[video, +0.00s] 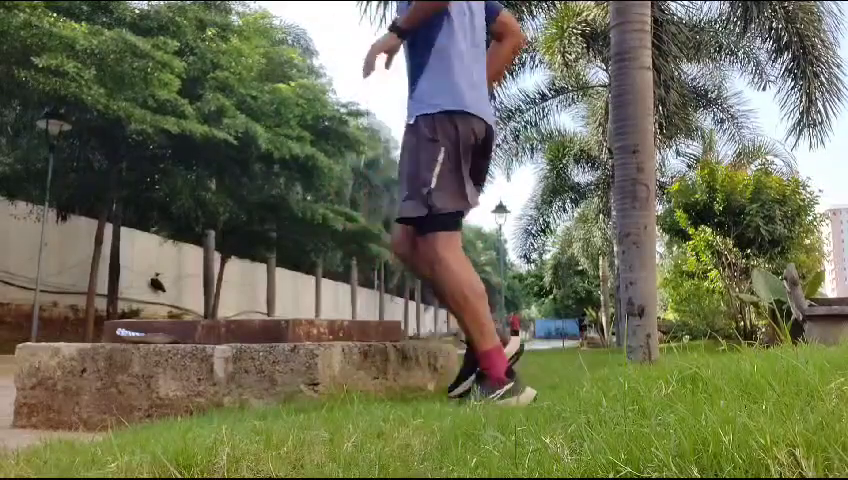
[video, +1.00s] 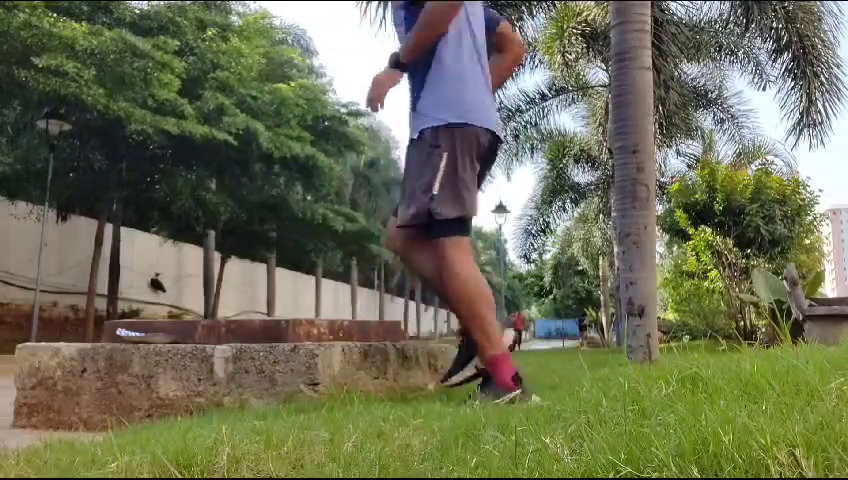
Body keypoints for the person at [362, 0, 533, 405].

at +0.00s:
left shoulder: (425, 4)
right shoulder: (476, 5)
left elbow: (436, 3)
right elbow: (511, 34)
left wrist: (395, 33)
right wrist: (476, 89)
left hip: (441, 107)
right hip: (474, 113)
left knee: (439, 245)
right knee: (406, 242)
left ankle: (497, 374)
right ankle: (489, 338)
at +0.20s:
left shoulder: (422, 5)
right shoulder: (448, 16)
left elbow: (462, 4)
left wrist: (403, 56)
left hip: (441, 115)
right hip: (486, 130)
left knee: (342, 193)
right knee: (456, 254)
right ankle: (508, 374)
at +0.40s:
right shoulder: (453, 8)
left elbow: (405, 1)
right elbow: (469, 29)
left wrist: (375, 26)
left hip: (419, 70)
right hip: (465, 83)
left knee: (359, 185)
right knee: (416, 204)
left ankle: (389, 305)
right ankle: (479, 309)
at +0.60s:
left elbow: (370, 3)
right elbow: (480, 6)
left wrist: (358, 7)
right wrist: (447, 40)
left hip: (423, 50)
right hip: (465, 61)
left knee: (390, 174)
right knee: (416, 184)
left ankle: (426, 303)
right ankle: (426, 302)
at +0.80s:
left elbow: (380, 5)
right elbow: (503, 2)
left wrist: (369, 13)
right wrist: (464, 35)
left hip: (445, 63)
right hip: (474, 69)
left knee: (430, 202)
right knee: (392, 182)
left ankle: (469, 338)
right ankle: (436, 293)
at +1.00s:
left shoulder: (419, 2)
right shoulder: (474, 7)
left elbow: (448, 5)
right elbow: (513, 48)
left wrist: (395, 66)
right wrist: (470, 93)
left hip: (447, 117)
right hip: (483, 123)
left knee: (452, 249)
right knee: (402, 235)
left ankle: (504, 379)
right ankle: (477, 326)